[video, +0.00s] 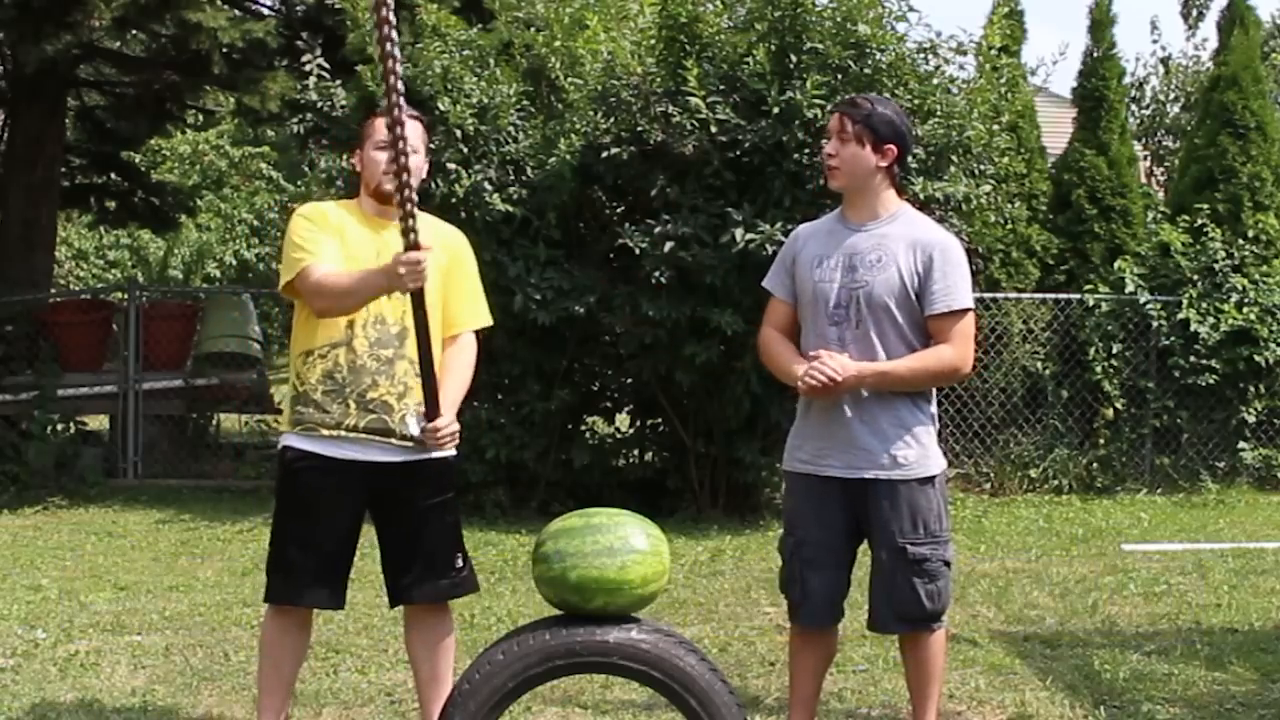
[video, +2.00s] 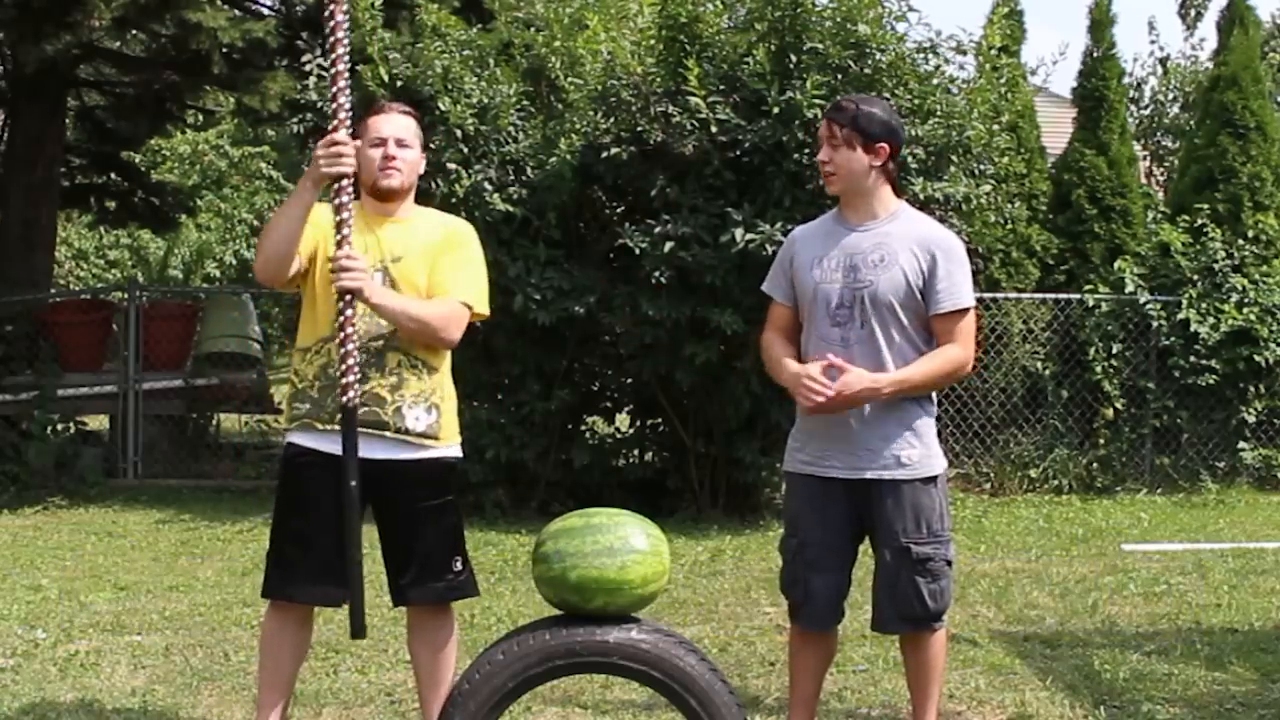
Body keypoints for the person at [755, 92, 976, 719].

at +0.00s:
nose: (826, 151)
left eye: (841, 140)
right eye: (829, 139)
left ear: (884, 155)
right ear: (843, 151)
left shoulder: (934, 245)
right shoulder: (804, 242)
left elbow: (958, 356)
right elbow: (771, 335)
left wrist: (862, 373)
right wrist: (802, 372)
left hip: (904, 467)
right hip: (815, 463)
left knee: (921, 613)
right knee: (809, 612)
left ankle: (924, 716)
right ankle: (799, 716)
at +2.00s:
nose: (823, 158)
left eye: (837, 147)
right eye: (821, 146)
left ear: (880, 155)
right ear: (824, 153)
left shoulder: (935, 244)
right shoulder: (802, 243)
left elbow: (960, 352)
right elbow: (775, 335)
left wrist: (878, 384)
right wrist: (789, 371)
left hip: (905, 464)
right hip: (815, 462)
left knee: (923, 611)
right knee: (809, 610)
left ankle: (924, 716)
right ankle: (799, 716)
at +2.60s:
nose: (816, 162)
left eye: (829, 151)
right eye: (816, 149)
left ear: (874, 157)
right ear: (823, 155)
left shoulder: (934, 243)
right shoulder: (803, 243)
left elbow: (965, 352)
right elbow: (772, 337)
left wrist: (866, 385)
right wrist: (804, 378)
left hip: (905, 466)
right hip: (815, 463)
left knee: (922, 611)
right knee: (809, 611)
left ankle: (924, 716)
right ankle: (799, 716)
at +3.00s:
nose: (845, 158)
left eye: (859, 144)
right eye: (833, 148)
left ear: (892, 153)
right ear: (822, 162)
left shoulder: (940, 242)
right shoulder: (804, 245)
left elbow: (971, 347)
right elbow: (774, 337)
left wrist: (897, 374)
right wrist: (713, 339)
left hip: (908, 464)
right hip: (818, 461)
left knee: (924, 610)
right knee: (812, 610)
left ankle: (925, 716)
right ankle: (799, 717)